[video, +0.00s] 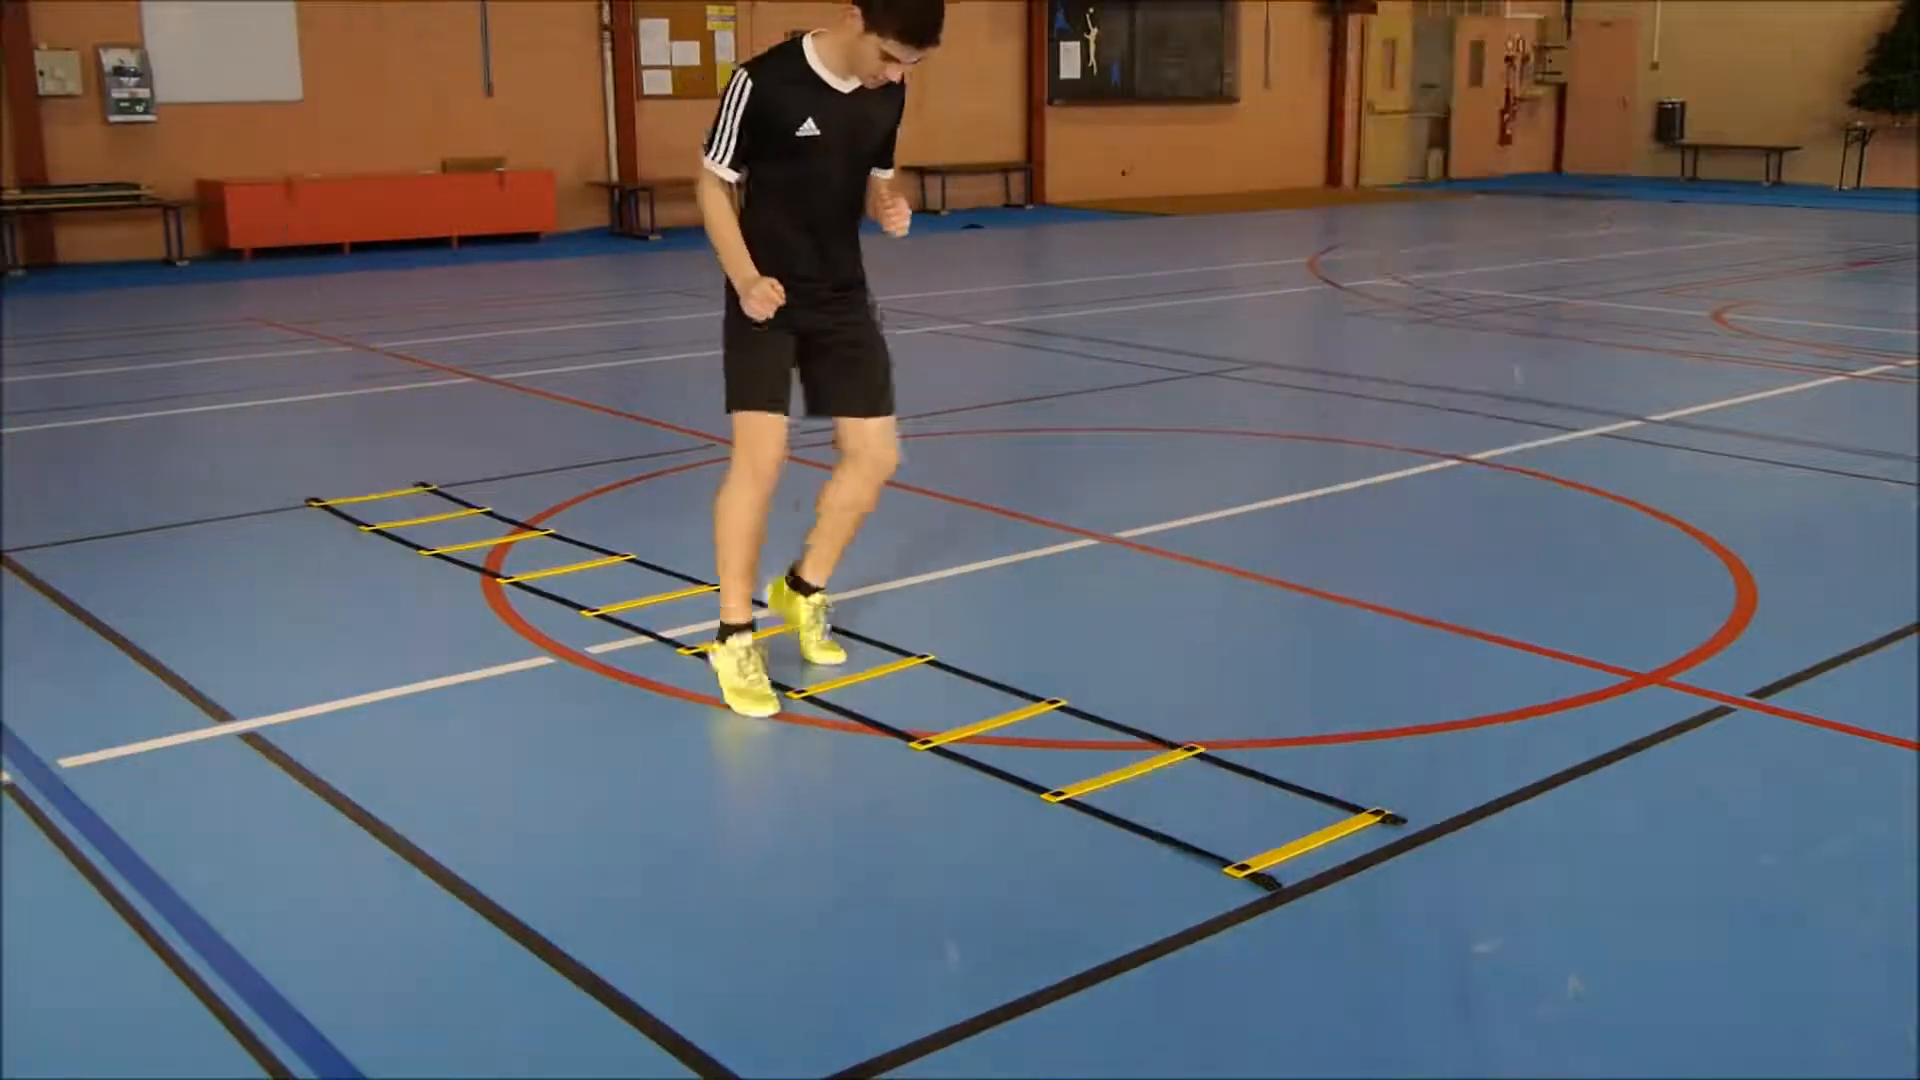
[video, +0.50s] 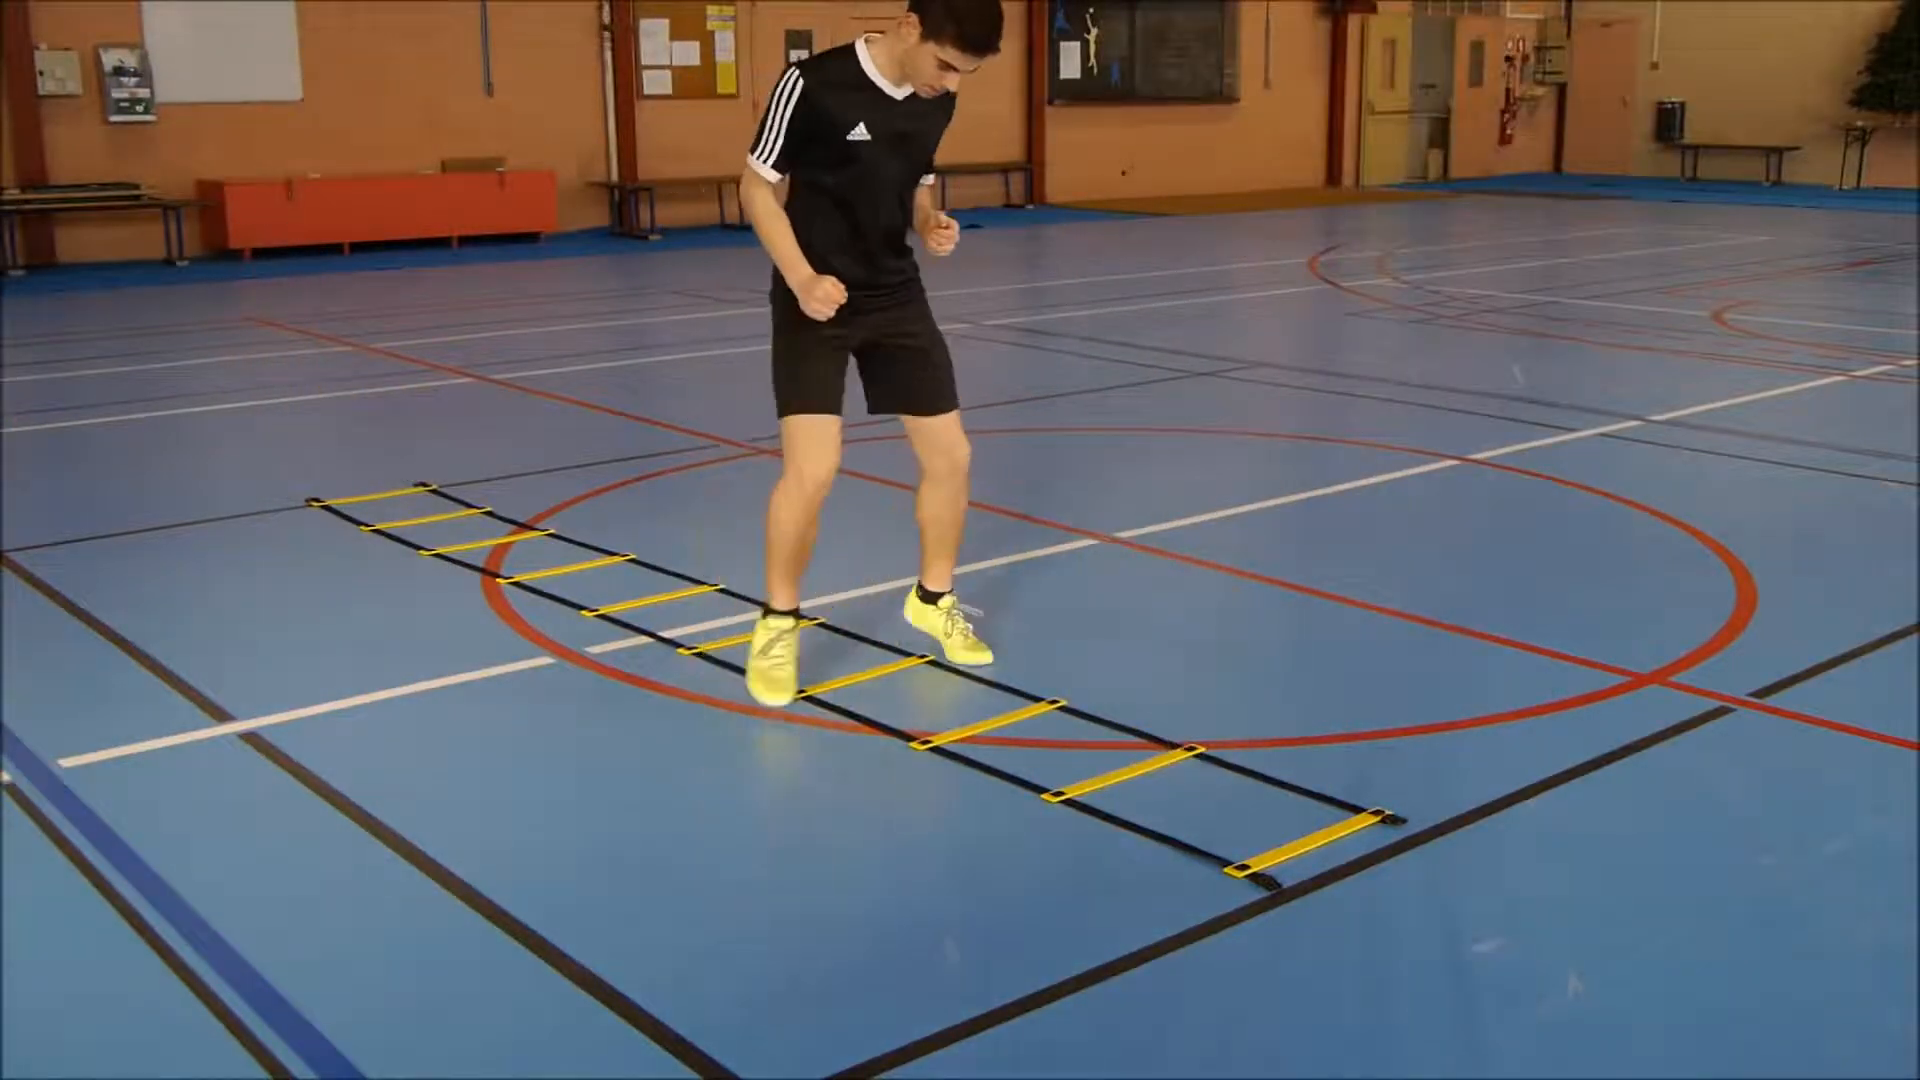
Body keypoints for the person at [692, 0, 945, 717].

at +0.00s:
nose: (898, 75)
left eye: (908, 65)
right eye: (891, 58)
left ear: (920, 49)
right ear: (851, 22)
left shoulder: (887, 88)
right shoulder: (759, 82)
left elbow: (878, 180)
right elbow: (713, 188)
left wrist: (889, 206)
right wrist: (746, 279)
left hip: (841, 293)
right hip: (762, 292)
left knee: (875, 456)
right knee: (759, 458)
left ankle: (804, 587)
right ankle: (734, 634)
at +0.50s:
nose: (951, 83)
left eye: (962, 72)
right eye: (944, 65)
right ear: (905, 27)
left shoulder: (938, 96)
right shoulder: (809, 84)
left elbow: (918, 180)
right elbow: (757, 187)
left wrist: (930, 222)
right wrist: (801, 278)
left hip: (894, 289)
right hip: (811, 292)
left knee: (948, 453)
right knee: (812, 467)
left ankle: (933, 599)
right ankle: (779, 620)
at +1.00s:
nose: (1002, 74)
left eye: (1014, 64)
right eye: (998, 56)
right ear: (957, 16)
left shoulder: (974, 83)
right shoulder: (854, 70)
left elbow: (965, 167)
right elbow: (790, 176)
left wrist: (984, 213)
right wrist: (859, 260)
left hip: (943, 294)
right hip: (865, 300)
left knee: (994, 452)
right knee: (882, 485)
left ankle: (919, 600)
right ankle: (887, 644)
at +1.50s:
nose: (1028, 72)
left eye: (1039, 59)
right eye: (1020, 53)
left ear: (1048, 42)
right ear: (975, 17)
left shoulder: (1016, 88)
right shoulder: (877, 81)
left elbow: (1012, 179)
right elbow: (826, 197)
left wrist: (1018, 232)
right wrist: (885, 292)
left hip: (974, 315)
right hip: (889, 316)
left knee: (1000, 488)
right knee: (876, 498)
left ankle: (916, 623)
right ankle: (838, 686)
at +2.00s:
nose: (1088, 81)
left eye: (1099, 69)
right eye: (1080, 62)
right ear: (1036, 20)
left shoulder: (1065, 91)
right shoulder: (932, 83)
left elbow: (1052, 182)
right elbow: (877, 205)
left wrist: (1070, 233)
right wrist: (936, 298)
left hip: (1030, 311)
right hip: (940, 317)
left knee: (1086, 483)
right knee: (944, 508)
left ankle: (1071, 638)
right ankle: (896, 667)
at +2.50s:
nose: (1161, 73)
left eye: (1174, 60)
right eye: (1156, 53)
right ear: (1113, 12)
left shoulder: (1125, 91)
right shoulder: (1001, 76)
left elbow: (1105, 194)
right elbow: (927, 188)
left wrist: (1141, 228)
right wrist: (961, 310)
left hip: (1087, 324)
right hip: (1003, 330)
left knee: (1127, 495)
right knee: (1019, 529)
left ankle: (1047, 639)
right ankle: (1014, 692)